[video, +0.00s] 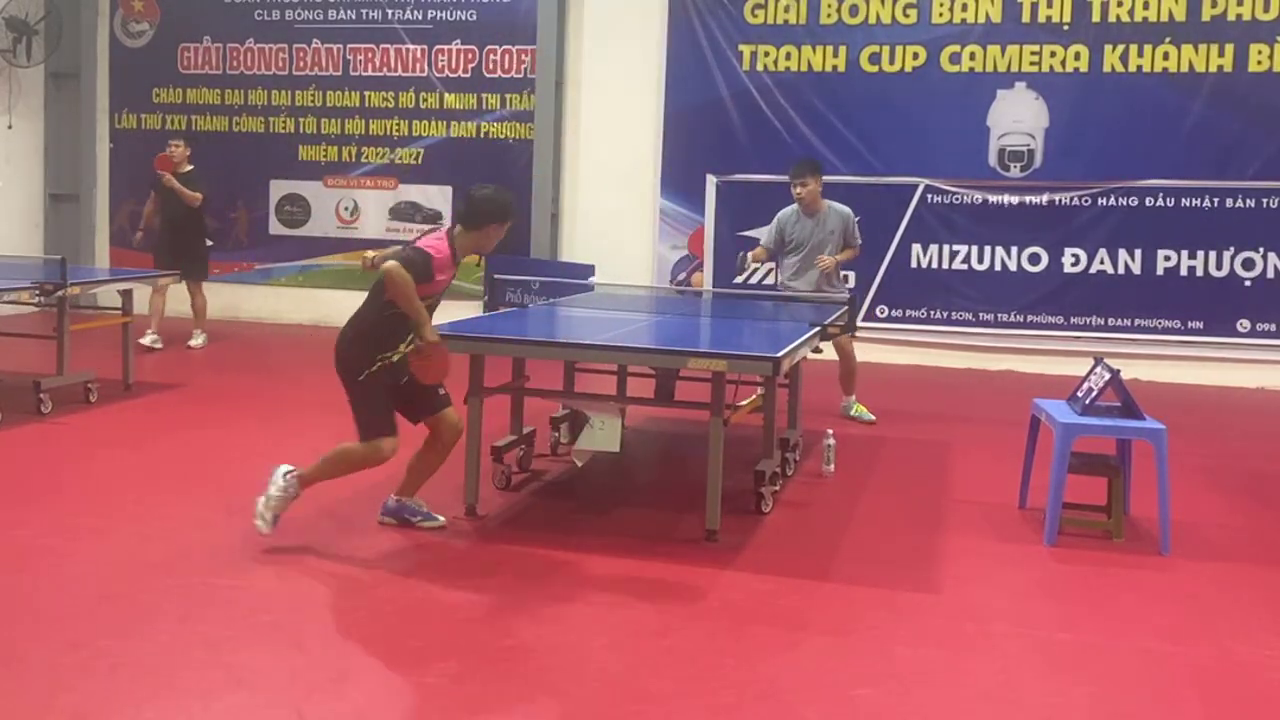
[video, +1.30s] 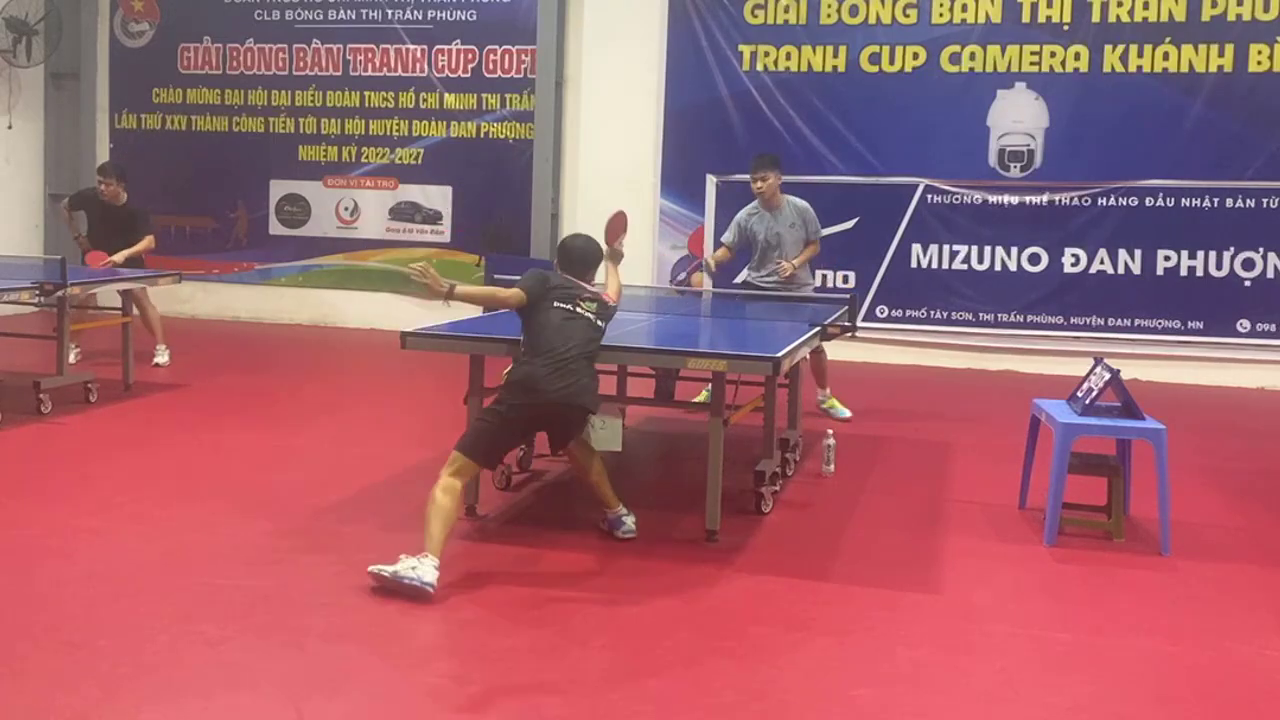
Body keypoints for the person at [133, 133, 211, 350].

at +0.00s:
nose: (172, 150)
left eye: (176, 147)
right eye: (169, 147)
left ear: (188, 151)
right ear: (166, 151)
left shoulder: (196, 175)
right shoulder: (162, 176)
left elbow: (197, 200)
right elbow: (151, 203)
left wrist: (173, 184)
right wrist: (142, 229)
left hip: (192, 240)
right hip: (166, 238)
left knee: (194, 288)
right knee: (159, 286)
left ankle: (199, 332)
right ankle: (153, 333)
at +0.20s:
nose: (155, 152)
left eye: (160, 148)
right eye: (153, 148)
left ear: (171, 153)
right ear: (150, 152)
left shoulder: (180, 179)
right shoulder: (147, 180)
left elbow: (187, 210)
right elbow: (134, 210)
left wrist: (161, 206)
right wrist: (125, 230)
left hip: (175, 243)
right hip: (148, 243)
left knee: (178, 289)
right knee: (143, 290)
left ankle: (196, 325)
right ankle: (142, 337)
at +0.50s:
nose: (140, 148)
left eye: (145, 144)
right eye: (137, 144)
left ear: (157, 149)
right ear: (134, 148)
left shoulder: (168, 178)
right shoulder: (127, 177)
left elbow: (184, 210)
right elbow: (116, 204)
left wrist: (165, 225)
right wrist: (106, 227)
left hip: (159, 245)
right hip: (131, 245)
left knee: (163, 289)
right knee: (135, 292)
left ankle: (169, 339)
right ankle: (141, 338)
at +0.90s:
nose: (129, 158)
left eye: (135, 154)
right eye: (126, 153)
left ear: (148, 158)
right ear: (123, 155)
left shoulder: (159, 185)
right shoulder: (117, 180)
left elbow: (171, 220)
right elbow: (107, 203)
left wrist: (147, 231)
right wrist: (106, 227)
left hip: (148, 251)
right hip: (118, 250)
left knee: (153, 295)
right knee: (103, 292)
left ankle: (162, 346)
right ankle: (107, 334)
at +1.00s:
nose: (121, 162)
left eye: (127, 158)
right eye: (119, 158)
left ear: (140, 162)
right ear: (115, 159)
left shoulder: (152, 190)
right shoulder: (110, 180)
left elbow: (165, 223)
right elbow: (100, 200)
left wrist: (139, 234)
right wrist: (101, 224)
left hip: (143, 250)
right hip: (113, 247)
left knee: (150, 295)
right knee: (96, 294)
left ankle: (161, 346)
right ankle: (85, 341)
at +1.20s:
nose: (107, 184)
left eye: (113, 180)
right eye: (105, 179)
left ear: (126, 183)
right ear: (102, 179)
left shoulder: (140, 208)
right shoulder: (96, 195)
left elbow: (154, 239)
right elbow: (72, 205)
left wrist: (127, 245)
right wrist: (79, 234)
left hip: (130, 262)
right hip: (96, 261)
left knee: (141, 296)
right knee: (80, 298)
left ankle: (161, 347)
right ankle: (73, 345)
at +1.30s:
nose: (102, 188)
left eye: (107, 184)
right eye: (100, 183)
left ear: (121, 185)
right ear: (97, 182)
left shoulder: (135, 210)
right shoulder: (89, 197)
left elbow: (149, 242)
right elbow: (66, 207)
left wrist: (124, 253)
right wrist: (78, 237)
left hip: (128, 264)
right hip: (94, 263)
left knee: (139, 296)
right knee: (77, 296)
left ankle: (161, 347)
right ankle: (73, 346)